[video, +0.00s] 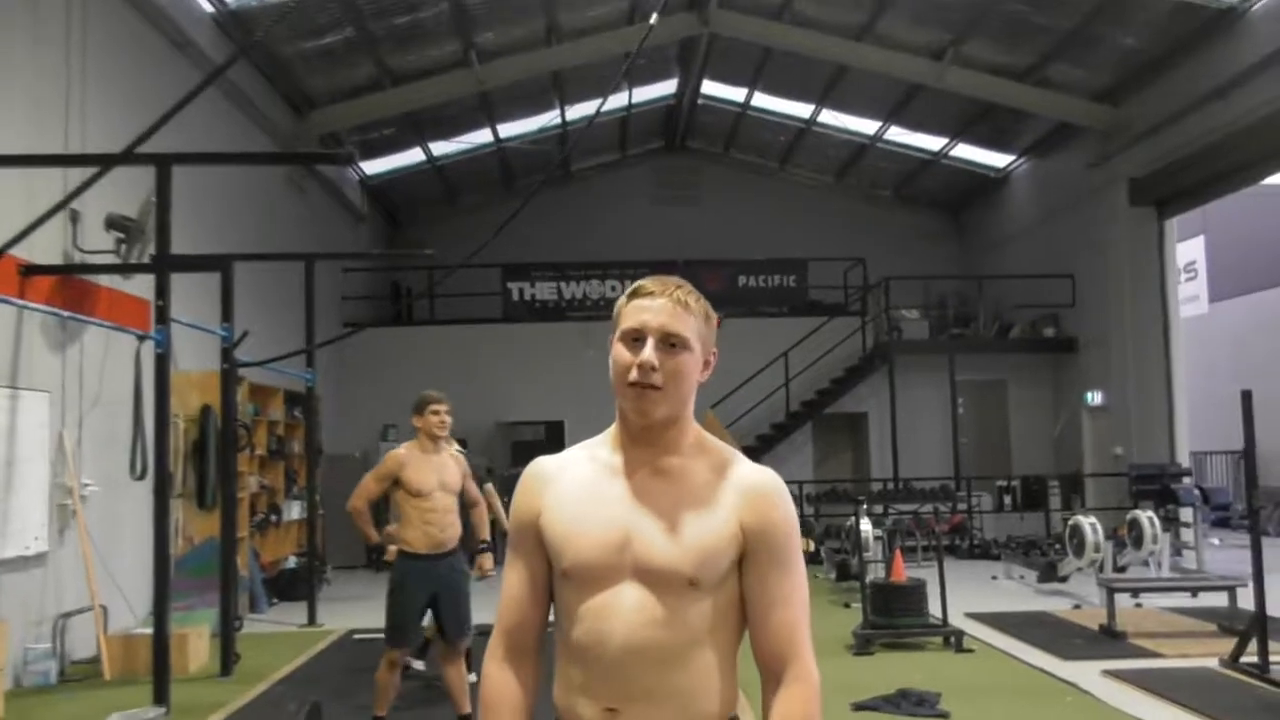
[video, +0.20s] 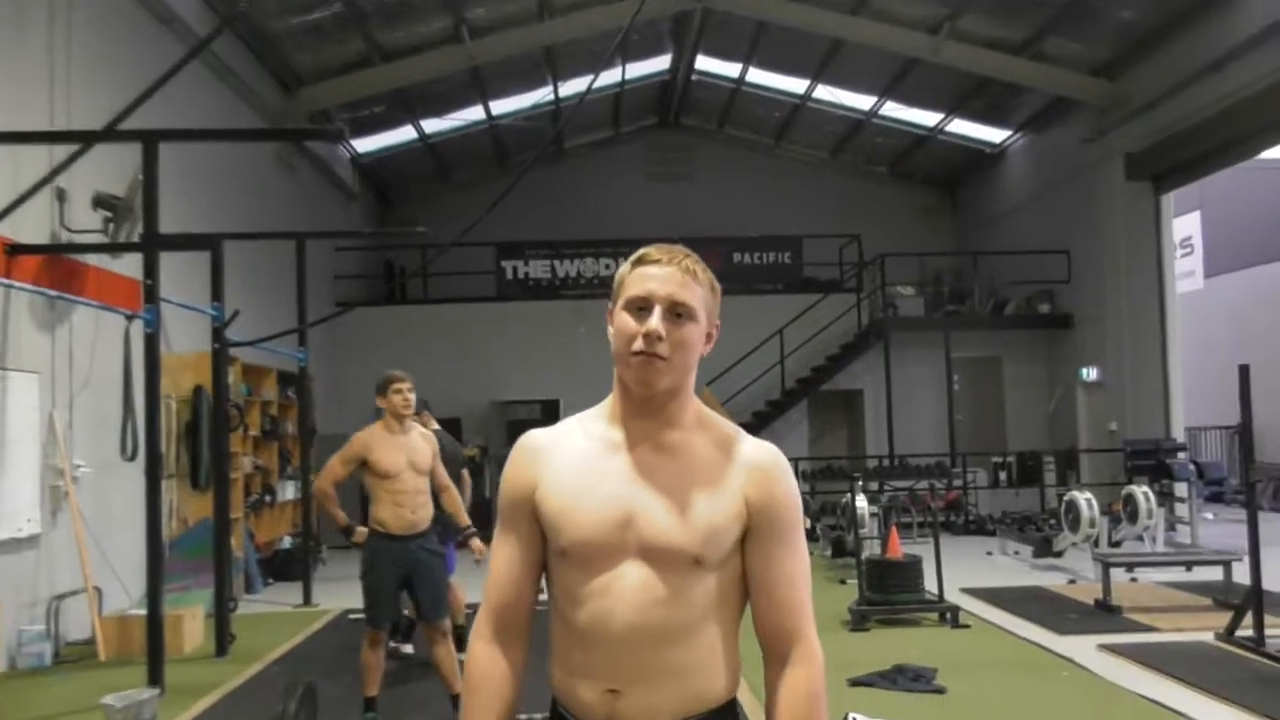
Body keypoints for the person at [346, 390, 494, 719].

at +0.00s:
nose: (444, 420)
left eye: (447, 414)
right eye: (435, 414)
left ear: (451, 420)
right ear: (417, 420)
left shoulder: (456, 459)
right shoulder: (399, 458)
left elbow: (476, 502)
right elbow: (356, 504)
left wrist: (484, 547)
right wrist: (378, 543)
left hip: (452, 563)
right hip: (410, 565)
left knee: (456, 647)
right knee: (396, 655)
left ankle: (466, 713)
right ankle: (380, 714)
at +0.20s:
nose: (408, 398)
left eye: (411, 392)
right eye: (399, 393)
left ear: (416, 398)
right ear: (382, 401)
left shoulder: (427, 438)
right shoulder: (367, 439)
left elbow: (445, 488)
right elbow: (323, 485)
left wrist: (468, 530)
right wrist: (348, 528)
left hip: (426, 542)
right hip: (383, 544)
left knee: (439, 629)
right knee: (377, 634)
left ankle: (459, 703)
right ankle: (370, 708)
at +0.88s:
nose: (396, 361)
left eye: (395, 355)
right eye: (390, 355)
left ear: (376, 360)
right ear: (367, 358)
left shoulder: (396, 400)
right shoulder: (335, 401)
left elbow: (414, 454)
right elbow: (313, 463)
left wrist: (435, 498)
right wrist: (326, 516)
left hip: (400, 506)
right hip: (357, 508)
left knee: (413, 591)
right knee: (358, 598)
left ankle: (418, 674)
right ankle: (361, 680)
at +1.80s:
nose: (351, 378)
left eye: (352, 371)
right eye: (342, 374)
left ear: (356, 374)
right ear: (323, 382)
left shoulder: (371, 414)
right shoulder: (307, 424)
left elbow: (380, 465)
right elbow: (291, 485)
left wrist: (387, 511)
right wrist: (307, 541)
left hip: (371, 515)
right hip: (331, 519)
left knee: (376, 595)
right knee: (332, 602)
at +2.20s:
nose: (331, 386)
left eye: (336, 380)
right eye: (323, 382)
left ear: (349, 384)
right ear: (315, 391)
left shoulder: (370, 426)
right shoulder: (302, 431)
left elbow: (390, 478)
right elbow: (284, 488)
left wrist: (407, 520)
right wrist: (283, 547)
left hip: (365, 530)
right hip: (324, 532)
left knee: (356, 625)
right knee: (334, 628)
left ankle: (344, 697)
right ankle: (335, 705)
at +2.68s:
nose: (322, 398)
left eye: (329, 392)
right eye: (316, 393)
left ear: (343, 398)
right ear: (307, 399)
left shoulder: (356, 444)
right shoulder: (285, 436)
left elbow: (365, 502)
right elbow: (259, 487)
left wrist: (369, 556)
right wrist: (253, 540)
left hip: (336, 544)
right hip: (291, 543)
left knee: (324, 636)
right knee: (298, 636)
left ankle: (319, 710)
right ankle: (297, 712)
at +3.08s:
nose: (276, 411)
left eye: (284, 405)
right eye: (270, 406)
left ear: (298, 411)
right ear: (261, 413)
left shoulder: (317, 456)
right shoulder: (243, 455)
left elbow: (334, 512)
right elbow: (226, 511)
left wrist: (343, 566)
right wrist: (222, 567)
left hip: (301, 565)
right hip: (254, 566)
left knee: (300, 654)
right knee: (245, 661)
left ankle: (305, 716)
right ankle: (238, 715)